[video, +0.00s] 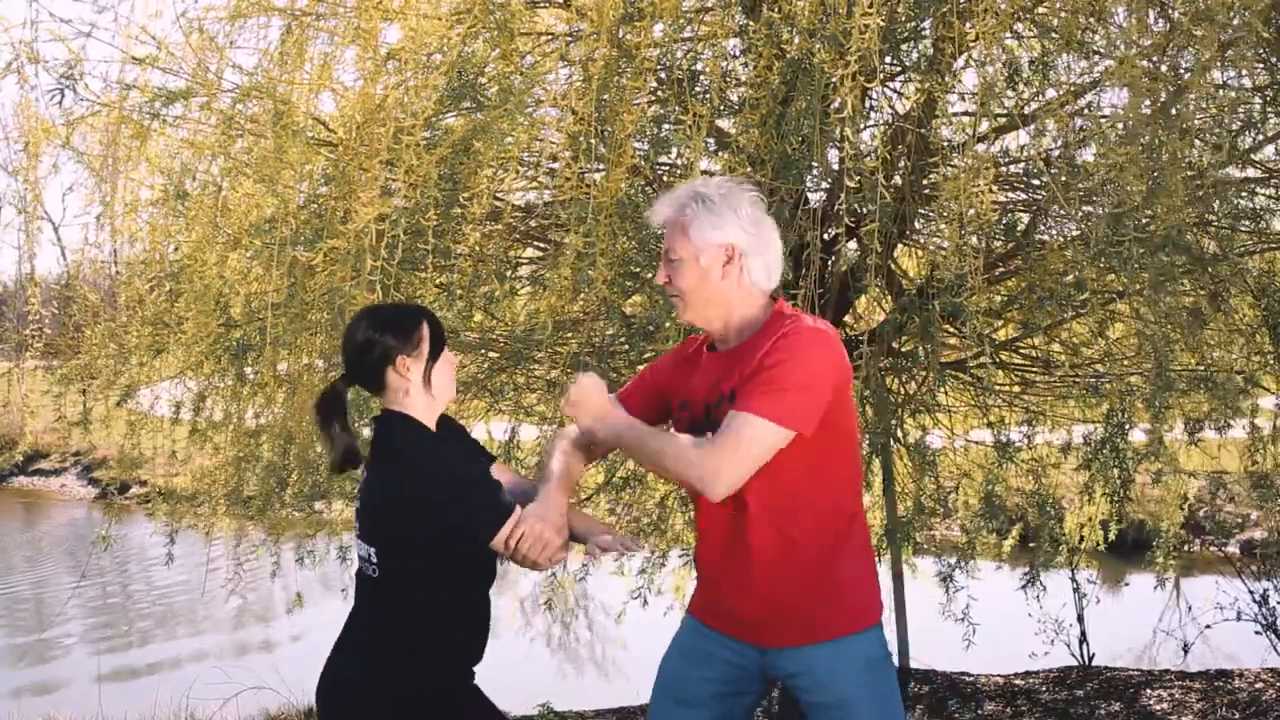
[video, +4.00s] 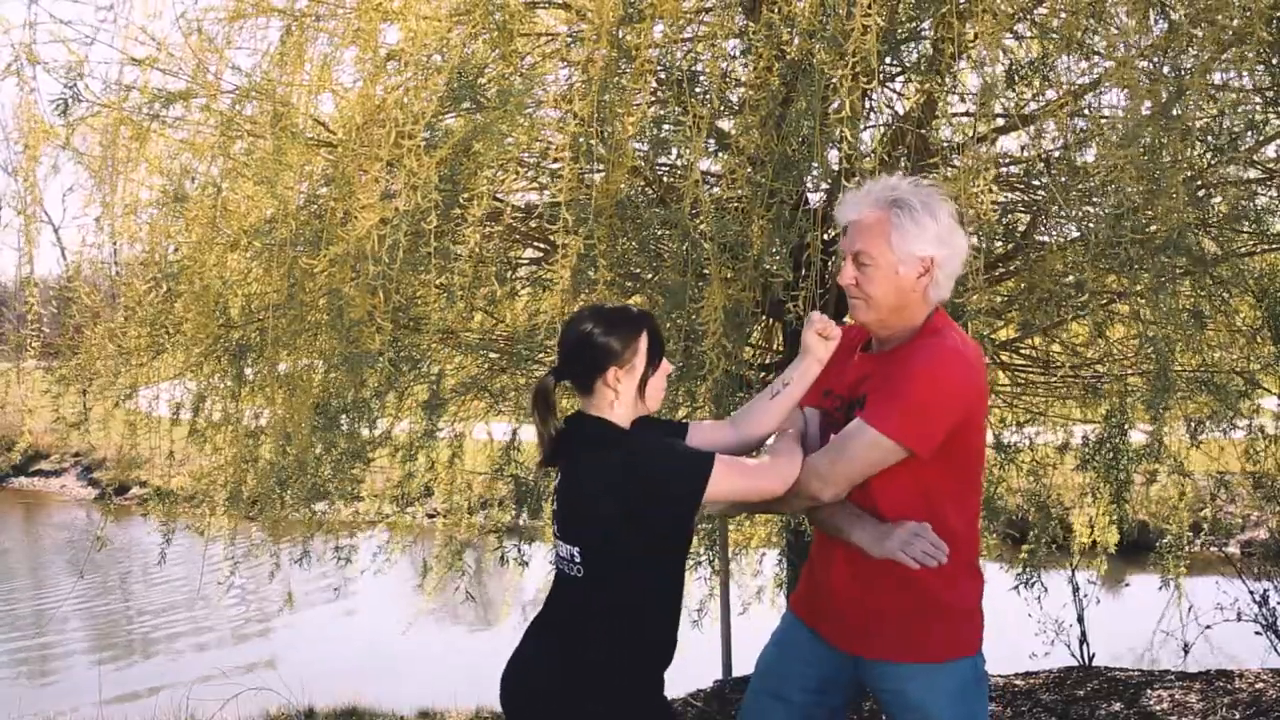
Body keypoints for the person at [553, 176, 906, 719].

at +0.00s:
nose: (661, 278)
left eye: (674, 261)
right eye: (663, 262)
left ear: (730, 260)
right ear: (728, 262)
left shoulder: (809, 346)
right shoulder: (687, 363)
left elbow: (714, 473)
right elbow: (578, 441)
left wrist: (610, 422)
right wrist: (551, 503)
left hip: (833, 638)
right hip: (716, 632)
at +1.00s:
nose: (753, 265)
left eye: (768, 249)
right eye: (757, 249)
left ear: (826, 254)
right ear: (819, 256)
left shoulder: (906, 345)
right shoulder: (769, 367)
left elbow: (886, 482)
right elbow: (698, 472)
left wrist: (767, 451)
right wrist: (611, 435)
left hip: (912, 644)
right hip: (791, 634)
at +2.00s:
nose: (762, 282)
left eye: (774, 264)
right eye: (761, 266)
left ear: (834, 260)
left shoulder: (920, 343)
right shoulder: (768, 360)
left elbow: (863, 472)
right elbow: (665, 435)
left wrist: (749, 438)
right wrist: (561, 386)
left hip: (917, 640)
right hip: (793, 629)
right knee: (735, 711)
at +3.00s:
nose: (845, 267)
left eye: (865, 254)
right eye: (846, 250)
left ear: (922, 270)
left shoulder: (933, 358)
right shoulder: (832, 347)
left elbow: (792, 449)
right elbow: (790, 451)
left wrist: (718, 462)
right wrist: (801, 489)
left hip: (920, 640)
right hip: (811, 627)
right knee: (758, 710)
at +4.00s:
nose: (843, 278)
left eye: (862, 263)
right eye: (844, 260)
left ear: (923, 270)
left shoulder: (947, 363)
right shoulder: (841, 343)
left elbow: (818, 480)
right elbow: (783, 465)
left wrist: (745, 487)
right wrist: (868, 531)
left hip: (925, 642)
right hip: (818, 623)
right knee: (762, 710)